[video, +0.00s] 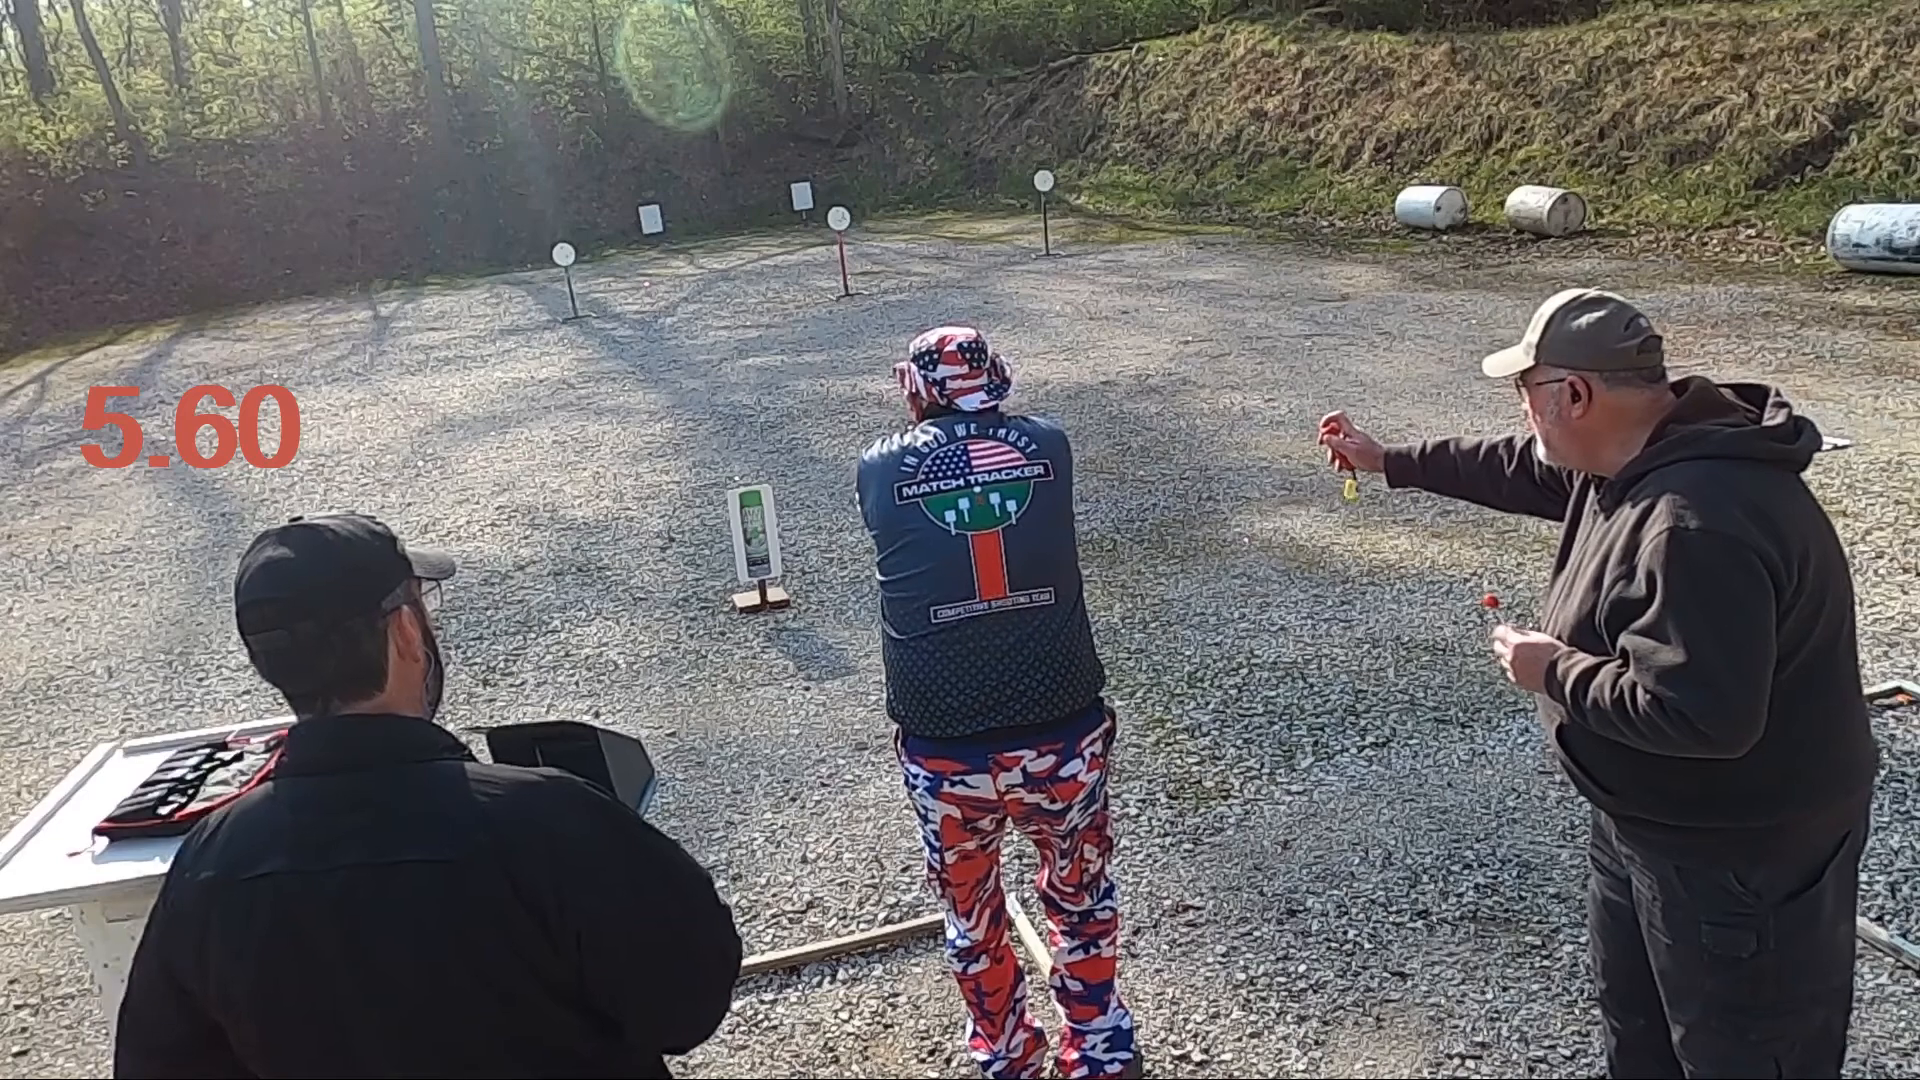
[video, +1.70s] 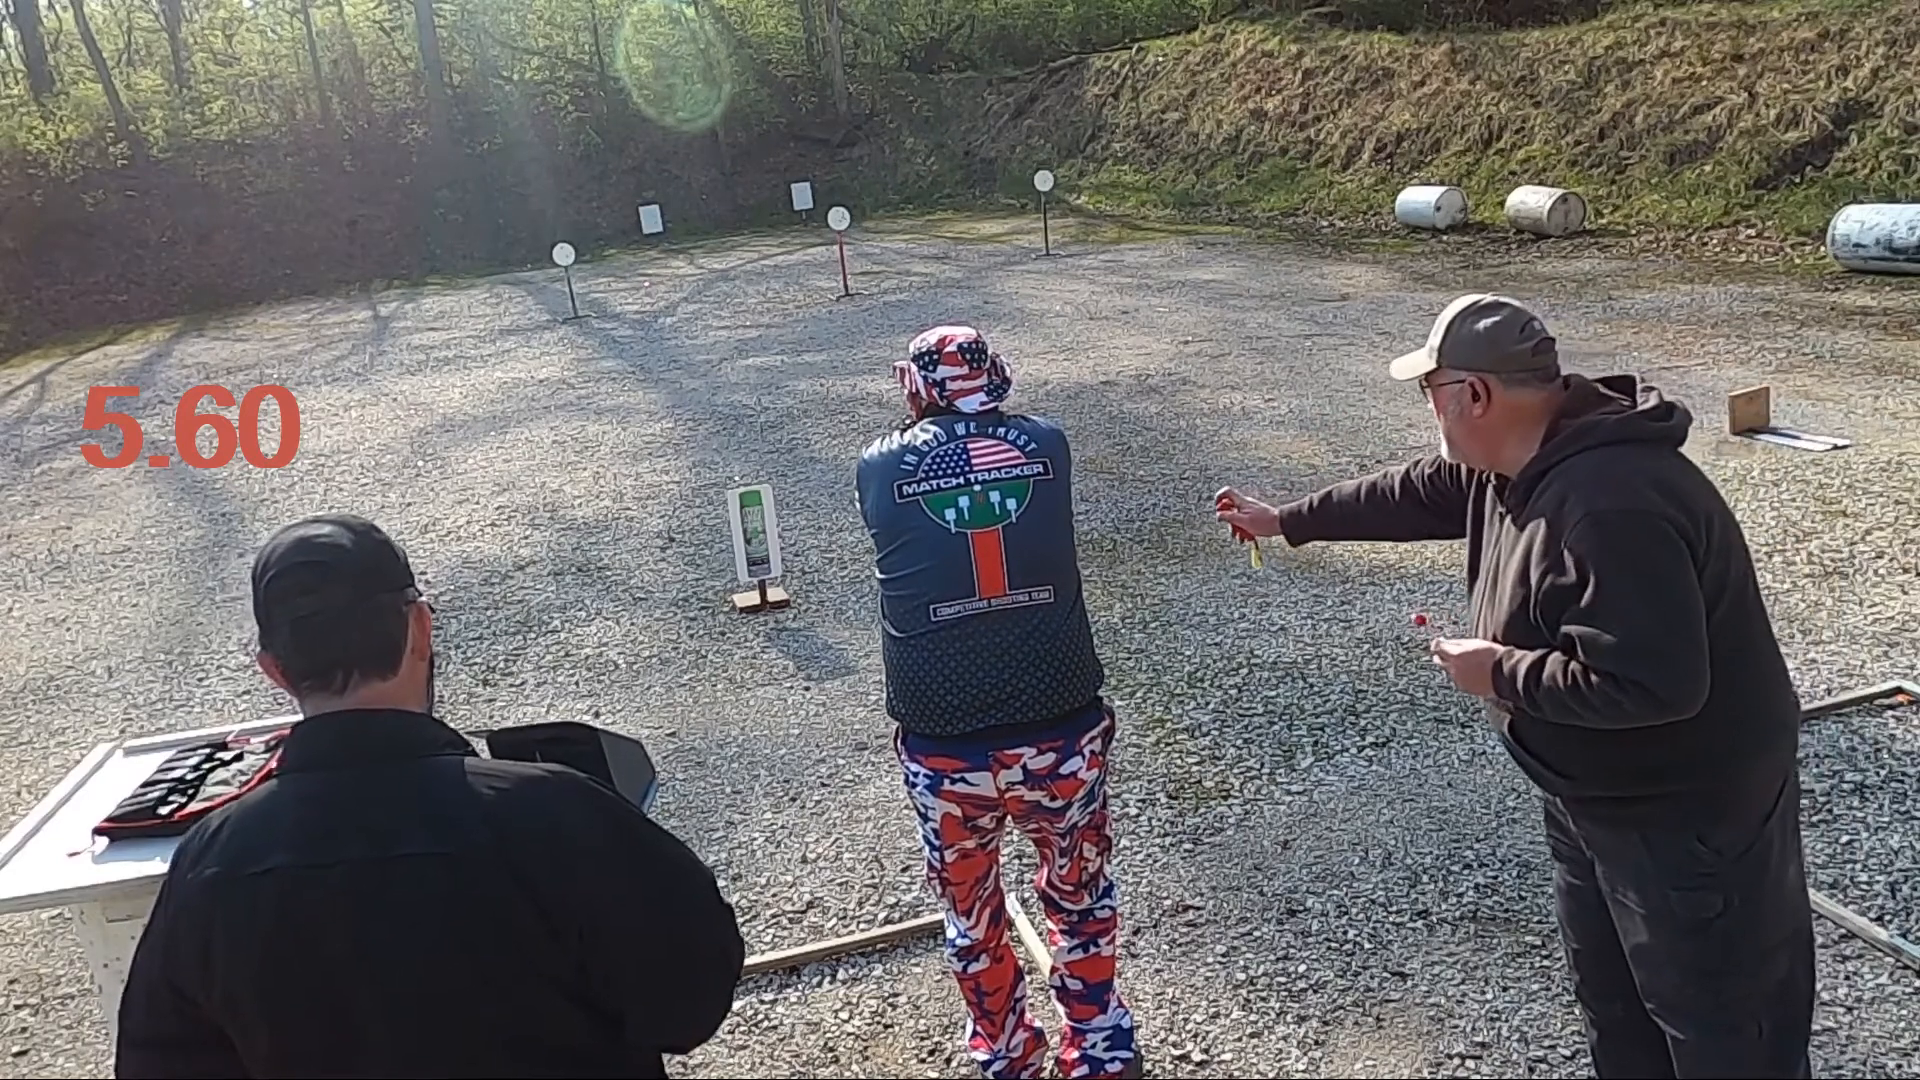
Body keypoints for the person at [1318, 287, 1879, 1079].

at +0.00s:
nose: (1524, 409)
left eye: (1528, 391)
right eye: (1523, 391)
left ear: (1577, 398)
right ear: (1587, 396)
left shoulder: (1697, 526)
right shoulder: (1625, 463)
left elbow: (1707, 716)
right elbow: (1516, 467)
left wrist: (1553, 670)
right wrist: (1388, 460)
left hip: (1738, 856)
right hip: (1640, 823)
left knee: (1746, 1061)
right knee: (1641, 1038)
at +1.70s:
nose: (1432, 412)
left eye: (1433, 392)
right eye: (1429, 393)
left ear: (1474, 396)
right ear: (1491, 391)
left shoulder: (1609, 506)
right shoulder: (1512, 466)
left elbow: (1657, 685)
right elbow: (1417, 494)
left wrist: (1502, 673)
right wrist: (1284, 520)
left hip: (1687, 815)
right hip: (1595, 798)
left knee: (1722, 1037)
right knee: (1620, 1016)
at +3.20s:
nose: (1478, 412)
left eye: (1476, 395)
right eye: (1475, 395)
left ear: (1504, 400)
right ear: (1577, 374)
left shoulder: (1638, 498)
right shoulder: (1589, 463)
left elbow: (1693, 674)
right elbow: (1550, 553)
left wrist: (1538, 665)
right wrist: (1431, 551)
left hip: (1742, 826)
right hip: (1637, 807)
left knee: (1801, 1051)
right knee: (1642, 1034)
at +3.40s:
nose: (1532, 422)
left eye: (1533, 405)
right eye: (1532, 404)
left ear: (1564, 413)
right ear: (1634, 390)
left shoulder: (1696, 520)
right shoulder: (1657, 470)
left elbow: (1740, 705)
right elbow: (1647, 587)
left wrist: (1585, 687)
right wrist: (1537, 579)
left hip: (1791, 848)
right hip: (1681, 819)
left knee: (1829, 1062)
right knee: (1657, 1038)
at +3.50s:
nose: (1561, 431)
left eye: (1559, 414)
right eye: (1558, 414)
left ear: (1593, 417)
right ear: (1669, 389)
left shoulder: (1730, 526)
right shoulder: (1685, 480)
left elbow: (1773, 716)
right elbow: (1676, 595)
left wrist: (1612, 696)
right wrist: (1567, 586)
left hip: (1812, 870)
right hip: (1701, 841)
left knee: (1841, 1064)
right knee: (1671, 1054)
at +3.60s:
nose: (1586, 427)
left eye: (1585, 411)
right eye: (1582, 412)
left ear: (1622, 417)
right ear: (1698, 392)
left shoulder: (1760, 528)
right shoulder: (1706, 486)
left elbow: (1807, 721)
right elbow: (1697, 594)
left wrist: (1639, 699)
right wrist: (1585, 589)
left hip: (1833, 876)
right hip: (1722, 852)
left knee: (1848, 1064)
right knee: (1684, 1057)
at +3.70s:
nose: (1611, 426)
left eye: (1612, 409)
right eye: (1608, 409)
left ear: (1649, 416)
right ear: (1728, 392)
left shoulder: (1795, 531)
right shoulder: (1733, 488)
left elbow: (1838, 725)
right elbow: (1715, 603)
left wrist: (1666, 701)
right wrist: (1600, 593)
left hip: (1842, 881)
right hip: (1747, 855)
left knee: (1855, 1064)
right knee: (1698, 1056)